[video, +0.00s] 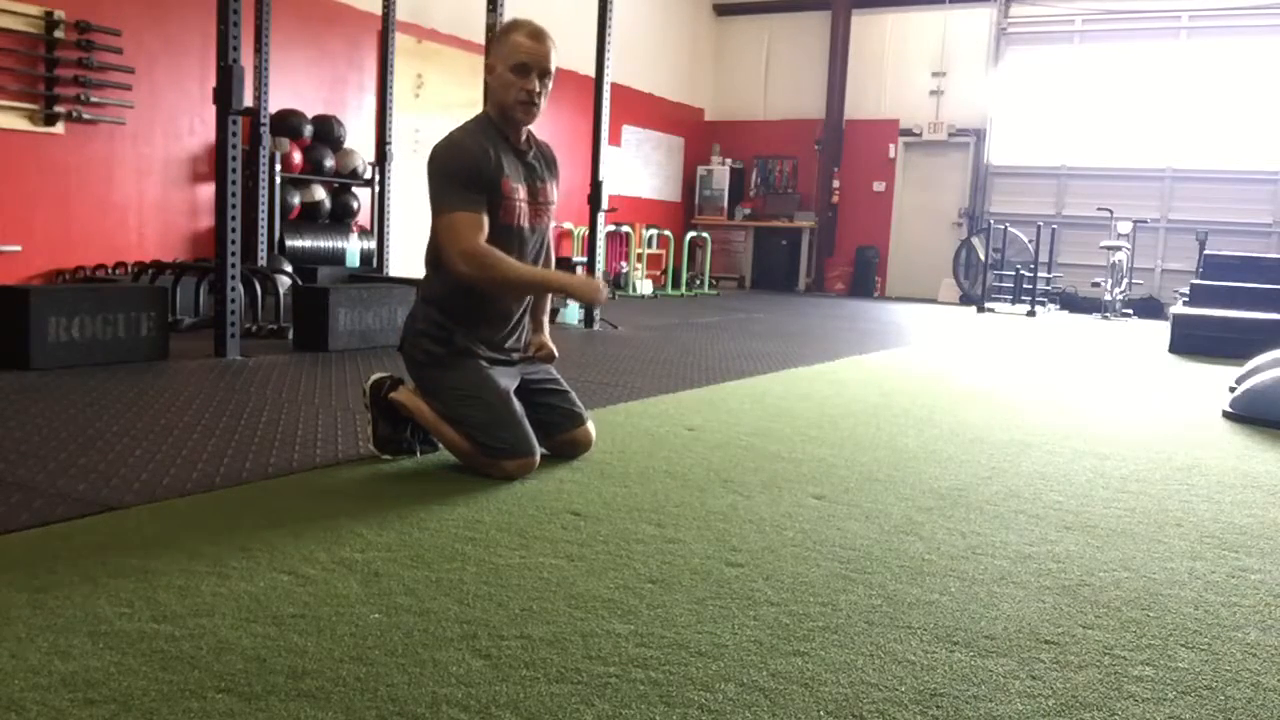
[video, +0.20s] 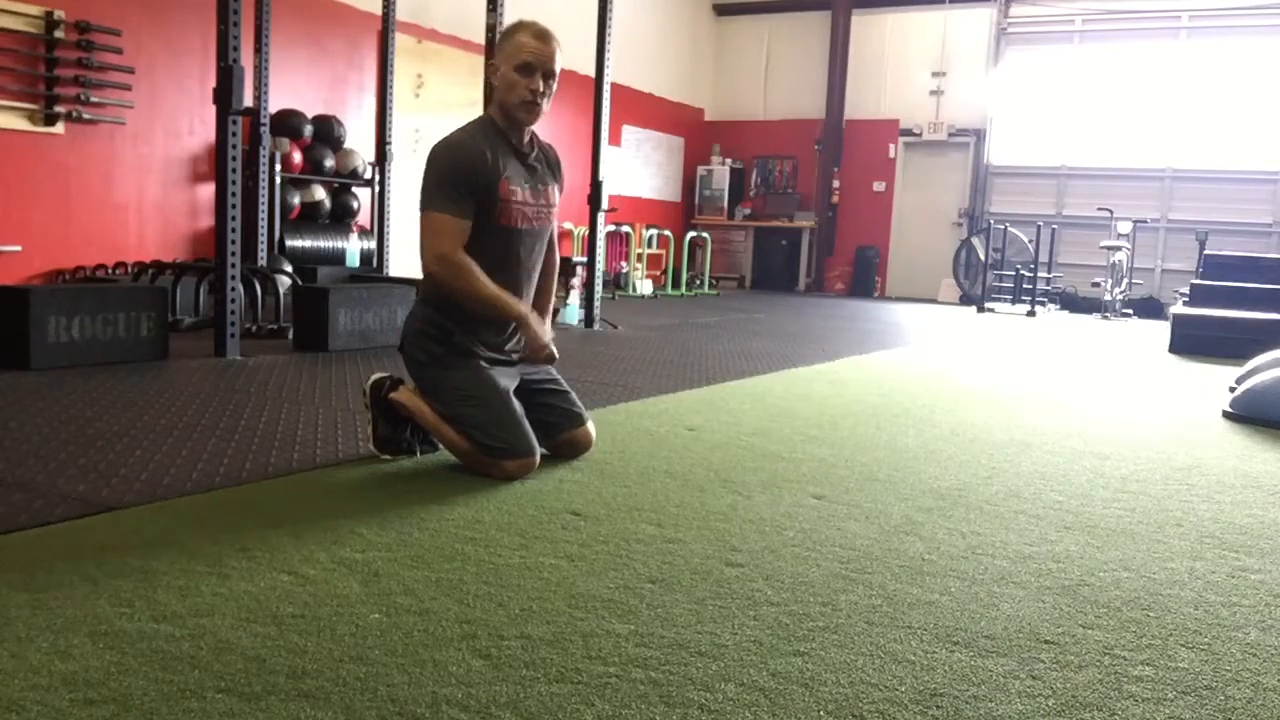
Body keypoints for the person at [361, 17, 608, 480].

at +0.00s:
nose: (532, 87)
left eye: (543, 76)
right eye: (519, 71)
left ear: (551, 84)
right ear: (488, 71)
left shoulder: (544, 158)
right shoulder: (462, 151)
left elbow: (541, 251)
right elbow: (463, 255)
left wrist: (540, 328)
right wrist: (566, 282)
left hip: (515, 344)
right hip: (451, 347)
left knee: (574, 439)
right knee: (514, 462)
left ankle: (450, 406)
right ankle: (399, 398)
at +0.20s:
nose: (538, 86)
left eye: (548, 76)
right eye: (525, 70)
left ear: (556, 86)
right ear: (493, 71)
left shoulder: (547, 160)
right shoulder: (460, 152)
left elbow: (548, 247)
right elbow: (441, 260)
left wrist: (540, 323)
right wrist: (526, 318)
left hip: (514, 342)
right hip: (451, 345)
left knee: (574, 439)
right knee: (514, 463)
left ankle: (445, 412)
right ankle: (398, 399)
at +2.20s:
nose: (592, 82)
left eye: (597, 70)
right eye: (580, 65)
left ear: (600, 78)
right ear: (537, 71)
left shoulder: (584, 167)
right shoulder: (495, 146)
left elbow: (579, 257)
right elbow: (466, 257)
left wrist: (598, 335)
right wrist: (514, 353)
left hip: (520, 337)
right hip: (459, 338)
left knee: (574, 441)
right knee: (516, 464)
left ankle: (453, 392)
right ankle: (404, 396)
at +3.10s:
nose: (531, 79)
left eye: (536, 68)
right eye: (517, 64)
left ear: (540, 77)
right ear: (478, 71)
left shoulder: (537, 163)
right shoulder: (454, 151)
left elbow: (545, 257)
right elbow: (452, 253)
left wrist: (569, 343)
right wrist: (539, 302)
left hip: (506, 345)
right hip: (446, 347)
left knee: (574, 440)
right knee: (514, 462)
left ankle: (444, 411)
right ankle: (399, 400)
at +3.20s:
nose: (529, 79)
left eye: (532, 68)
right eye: (515, 65)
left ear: (535, 75)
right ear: (474, 71)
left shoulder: (531, 162)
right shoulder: (451, 150)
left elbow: (541, 261)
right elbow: (464, 253)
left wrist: (575, 337)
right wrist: (562, 252)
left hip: (507, 346)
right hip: (446, 349)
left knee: (575, 440)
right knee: (514, 463)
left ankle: (447, 406)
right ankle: (399, 399)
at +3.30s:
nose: (528, 78)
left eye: (531, 66)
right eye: (513, 65)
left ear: (534, 73)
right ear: (472, 71)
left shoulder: (528, 162)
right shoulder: (450, 150)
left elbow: (540, 252)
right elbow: (481, 246)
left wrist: (583, 304)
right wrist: (568, 198)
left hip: (508, 347)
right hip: (447, 349)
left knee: (573, 439)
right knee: (514, 463)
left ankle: (443, 410)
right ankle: (398, 399)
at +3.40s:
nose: (530, 80)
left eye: (532, 68)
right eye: (517, 66)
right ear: (474, 73)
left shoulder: (528, 161)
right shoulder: (452, 149)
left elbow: (546, 256)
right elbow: (490, 239)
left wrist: (594, 242)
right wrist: (553, 172)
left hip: (509, 347)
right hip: (447, 350)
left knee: (574, 439)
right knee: (514, 462)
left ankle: (442, 409)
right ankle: (400, 400)